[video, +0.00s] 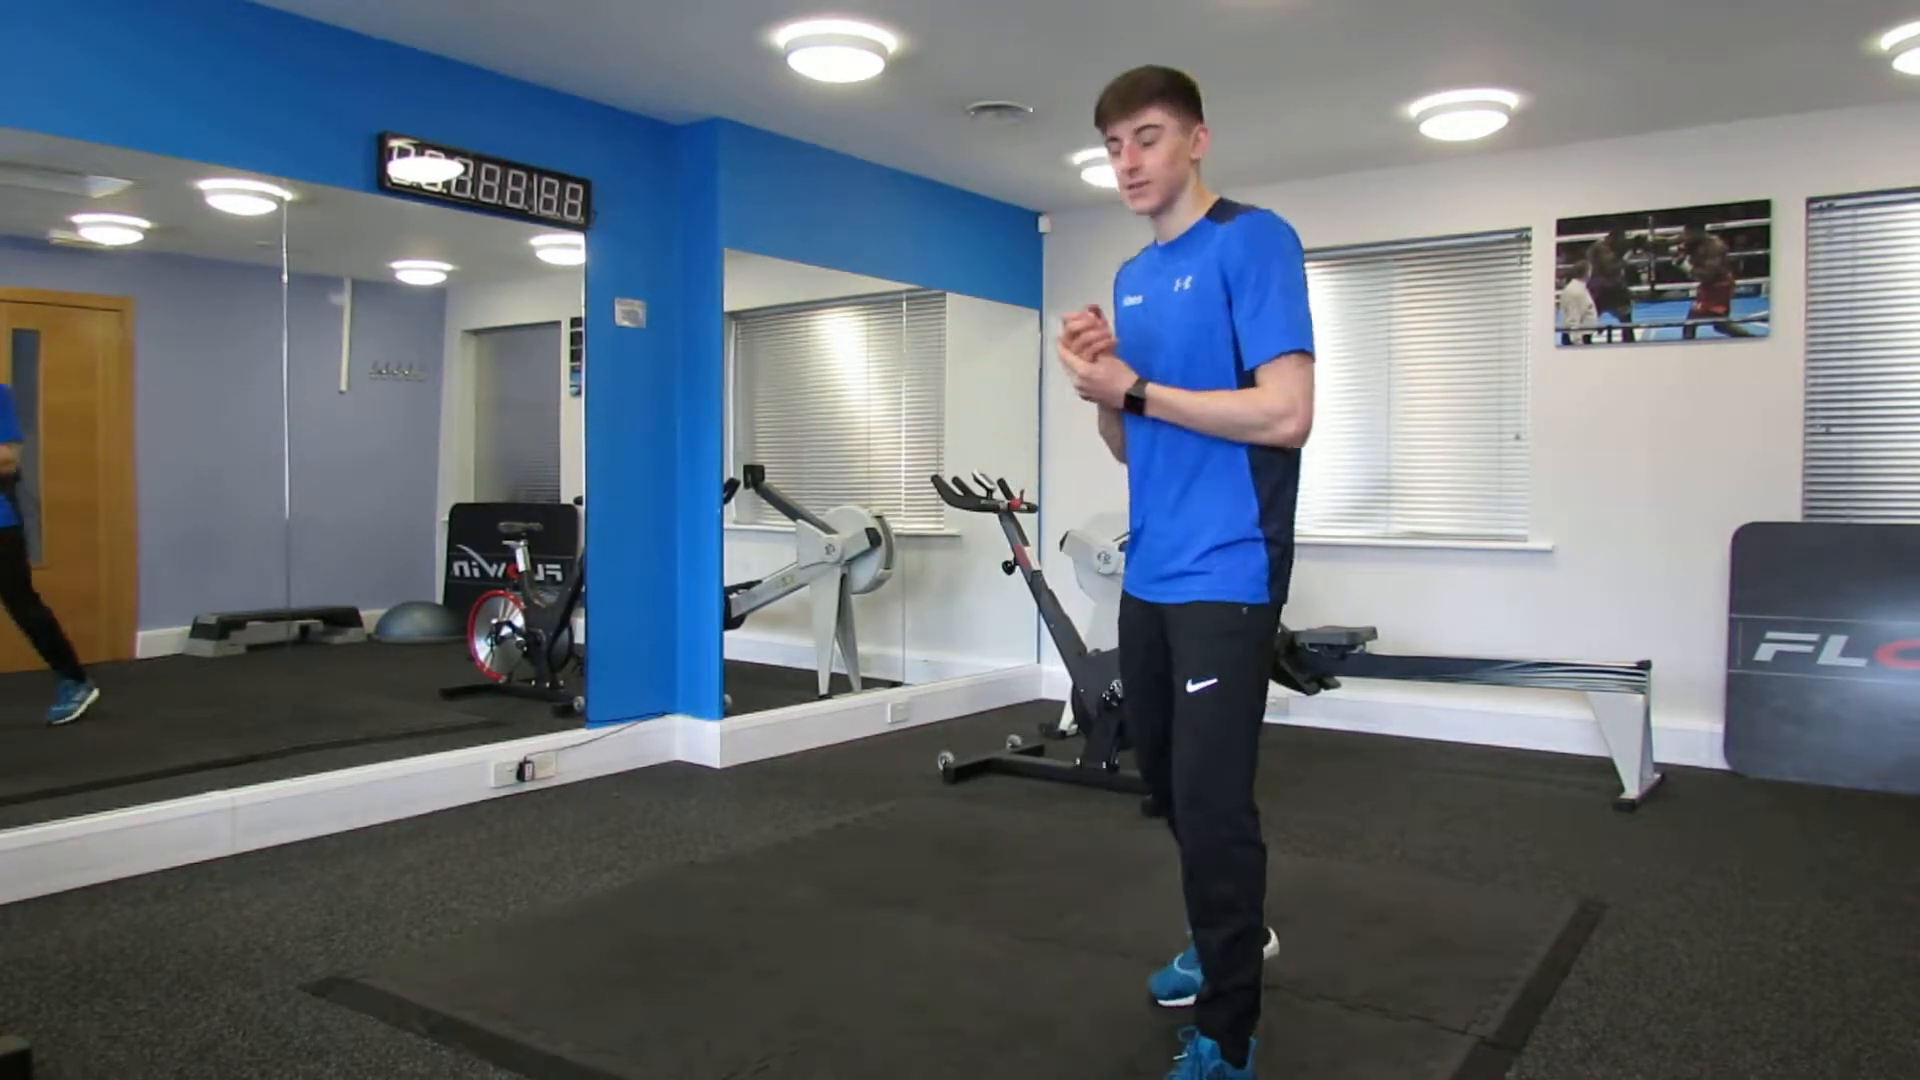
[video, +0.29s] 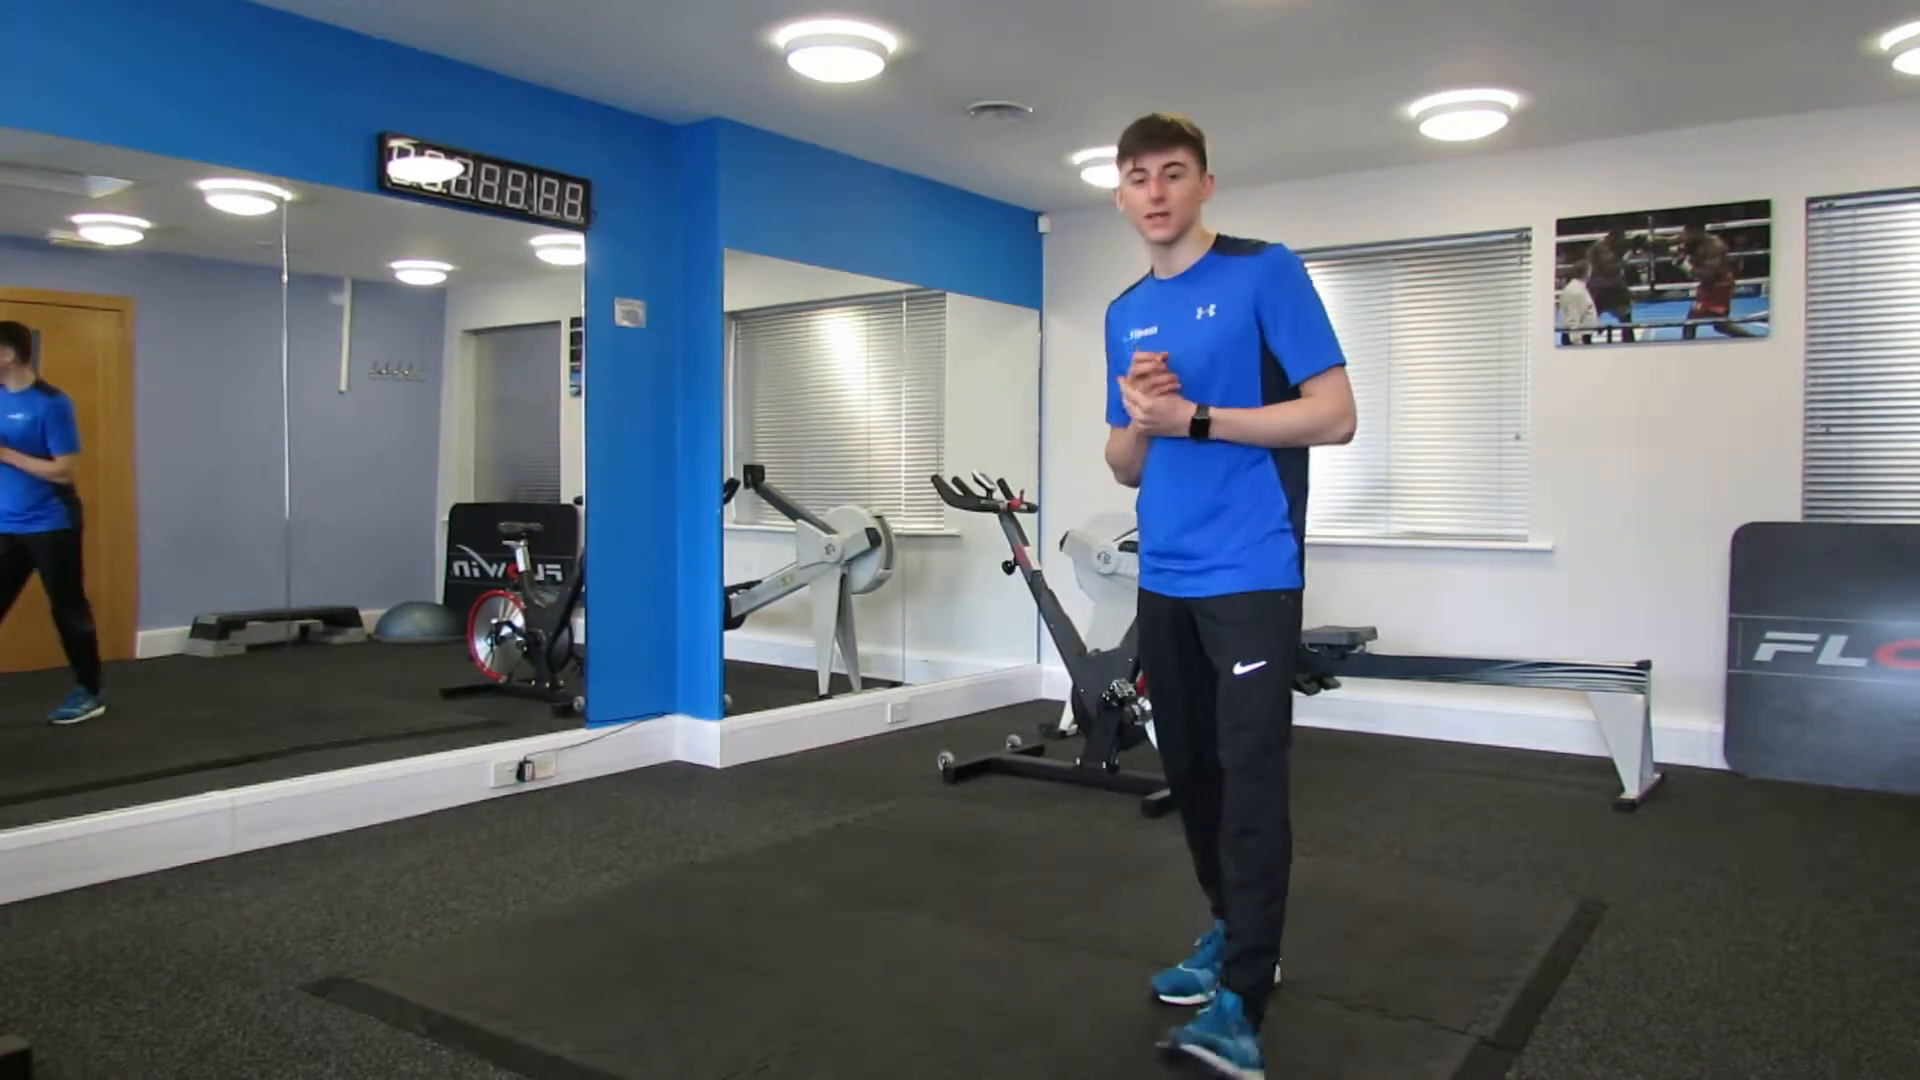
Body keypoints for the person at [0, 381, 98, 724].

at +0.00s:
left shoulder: (3, 398)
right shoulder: (5, 399)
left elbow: (9, 458)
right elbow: (11, 458)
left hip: (5, 522)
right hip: (4, 523)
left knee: (21, 602)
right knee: (21, 602)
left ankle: (76, 680)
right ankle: (74, 679)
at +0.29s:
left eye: (0, 351)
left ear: (15, 354)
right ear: (11, 356)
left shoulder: (52, 403)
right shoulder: (4, 399)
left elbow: (65, 470)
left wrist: (7, 455)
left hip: (52, 526)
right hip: (11, 528)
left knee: (68, 607)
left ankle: (90, 691)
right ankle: (87, 690)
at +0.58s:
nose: (30, 354)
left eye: (37, 346)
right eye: (30, 347)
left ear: (61, 350)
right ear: (48, 353)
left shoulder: (94, 401)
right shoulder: (49, 395)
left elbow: (106, 468)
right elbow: (55, 447)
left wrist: (48, 449)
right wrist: (31, 444)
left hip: (87, 523)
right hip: (52, 519)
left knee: (86, 602)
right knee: (41, 600)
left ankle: (92, 689)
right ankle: (98, 671)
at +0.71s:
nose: (50, 355)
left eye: (56, 347)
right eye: (51, 347)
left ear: (77, 350)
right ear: (71, 352)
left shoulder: (110, 399)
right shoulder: (68, 396)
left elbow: (117, 464)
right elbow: (73, 451)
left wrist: (62, 444)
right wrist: (47, 443)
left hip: (103, 521)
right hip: (73, 518)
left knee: (95, 602)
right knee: (84, 599)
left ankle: (93, 692)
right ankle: (152, 663)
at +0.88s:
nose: (67, 357)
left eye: (73, 349)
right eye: (68, 349)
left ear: (95, 352)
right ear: (90, 354)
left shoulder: (126, 399)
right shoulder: (87, 402)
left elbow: (142, 462)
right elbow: (100, 463)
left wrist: (85, 446)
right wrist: (71, 448)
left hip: (133, 521)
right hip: (109, 522)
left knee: (115, 606)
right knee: (138, 602)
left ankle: (94, 692)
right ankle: (178, 680)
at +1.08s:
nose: (79, 365)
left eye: (84, 356)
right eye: (79, 358)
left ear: (107, 356)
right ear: (101, 359)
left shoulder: (146, 396)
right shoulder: (105, 411)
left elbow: (180, 452)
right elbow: (125, 476)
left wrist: (116, 453)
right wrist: (97, 462)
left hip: (169, 514)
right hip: (141, 519)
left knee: (133, 588)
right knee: (154, 597)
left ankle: (130, 684)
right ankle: (181, 682)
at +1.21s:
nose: (93, 361)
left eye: (98, 352)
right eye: (93, 353)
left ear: (120, 353)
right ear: (116, 355)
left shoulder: (158, 395)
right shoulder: (116, 405)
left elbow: (191, 450)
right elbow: (131, 462)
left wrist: (128, 449)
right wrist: (106, 454)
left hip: (175, 512)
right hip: (148, 516)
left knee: (160, 594)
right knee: (156, 596)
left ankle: (181, 683)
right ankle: (172, 681)